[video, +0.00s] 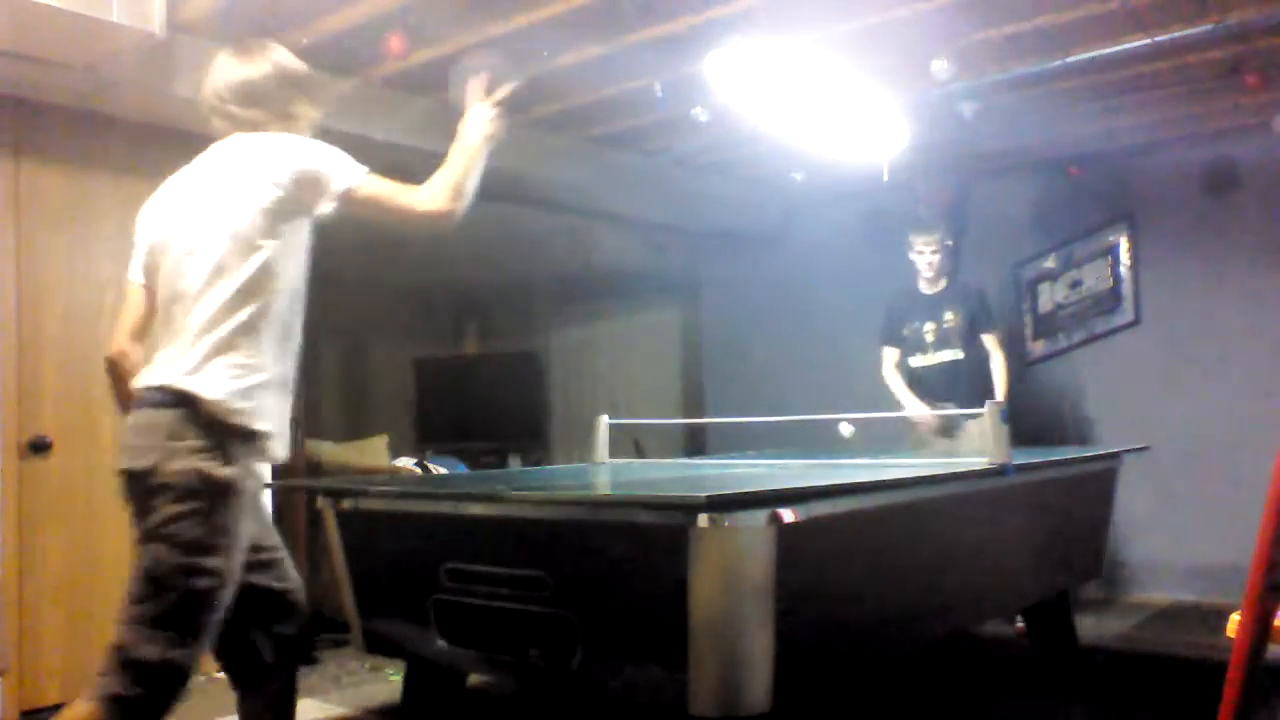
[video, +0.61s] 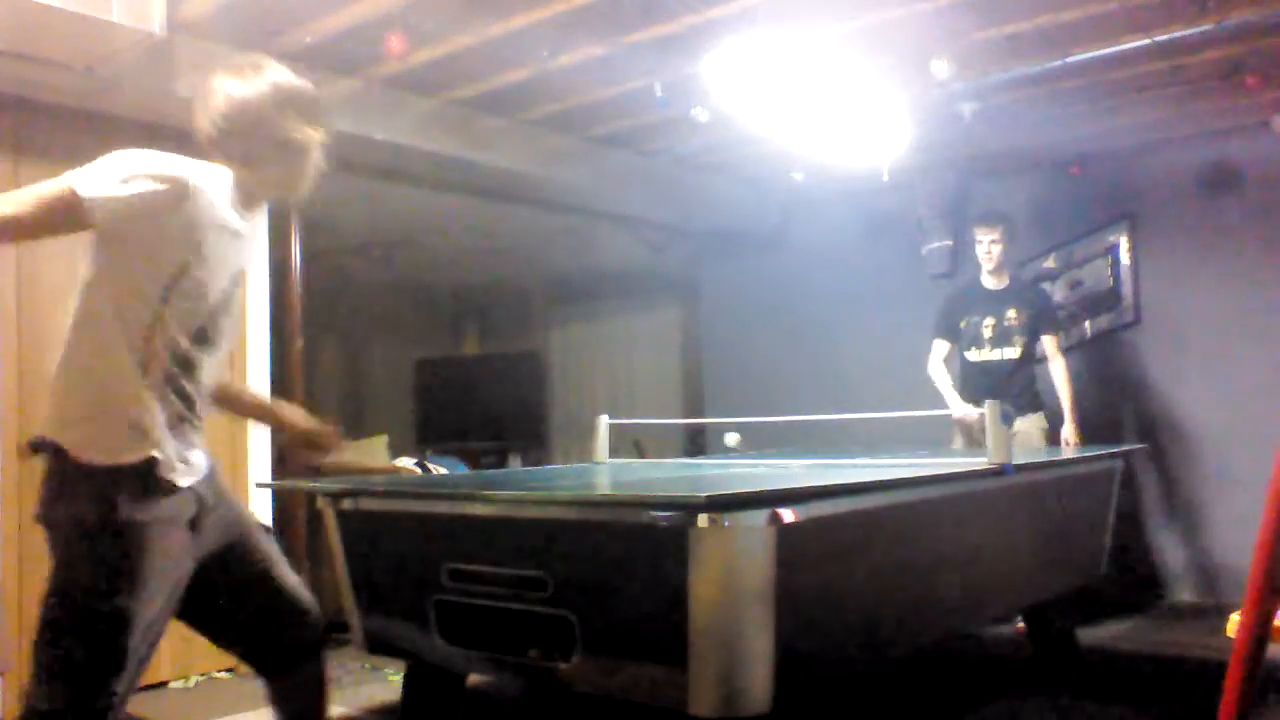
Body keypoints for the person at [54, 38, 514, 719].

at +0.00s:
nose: (313, 117)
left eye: (310, 102)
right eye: (305, 103)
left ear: (223, 108)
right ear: (286, 102)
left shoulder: (167, 195)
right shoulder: (289, 157)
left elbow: (122, 349)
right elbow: (438, 203)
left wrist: (156, 442)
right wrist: (477, 127)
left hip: (157, 437)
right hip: (206, 444)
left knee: (272, 629)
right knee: (144, 676)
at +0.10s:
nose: (288, 122)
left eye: (287, 108)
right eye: (280, 107)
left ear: (204, 108)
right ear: (249, 105)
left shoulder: (153, 191)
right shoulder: (244, 160)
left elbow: (115, 352)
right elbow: (361, 249)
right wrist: (441, 166)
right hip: (156, 465)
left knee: (267, 642)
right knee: (97, 691)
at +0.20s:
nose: (271, 121)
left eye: (269, 104)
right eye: (260, 103)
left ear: (200, 114)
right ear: (213, 112)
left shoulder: (174, 182)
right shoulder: (183, 172)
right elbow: (213, 305)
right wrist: (369, 299)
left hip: (152, 483)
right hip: (110, 473)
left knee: (259, 657)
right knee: (50, 698)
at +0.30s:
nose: (260, 138)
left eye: (262, 121)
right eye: (253, 118)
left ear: (197, 112)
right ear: (207, 111)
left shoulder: (190, 200)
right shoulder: (146, 175)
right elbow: (111, 328)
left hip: (139, 472)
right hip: (82, 467)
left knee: (240, 666)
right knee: (49, 696)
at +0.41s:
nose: (264, 133)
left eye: (266, 116)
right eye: (257, 112)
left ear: (196, 107)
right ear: (209, 106)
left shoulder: (184, 193)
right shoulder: (145, 174)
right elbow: (57, 333)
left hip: (145, 482)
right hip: (79, 481)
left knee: (241, 667)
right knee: (56, 703)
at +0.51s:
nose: (289, 129)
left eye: (288, 112)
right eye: (278, 110)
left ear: (235, 118)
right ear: (232, 113)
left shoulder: (205, 209)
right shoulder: (151, 179)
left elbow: (153, 367)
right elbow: (10, 239)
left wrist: (226, 446)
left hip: (162, 481)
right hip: (91, 484)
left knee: (271, 655)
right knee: (61, 706)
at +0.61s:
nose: (321, 152)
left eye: (320, 136)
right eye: (310, 134)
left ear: (270, 142)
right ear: (265, 135)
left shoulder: (246, 232)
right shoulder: (168, 188)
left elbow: (190, 376)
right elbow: (15, 217)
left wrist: (280, 413)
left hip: (187, 481)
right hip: (111, 485)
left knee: (294, 638)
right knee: (75, 703)